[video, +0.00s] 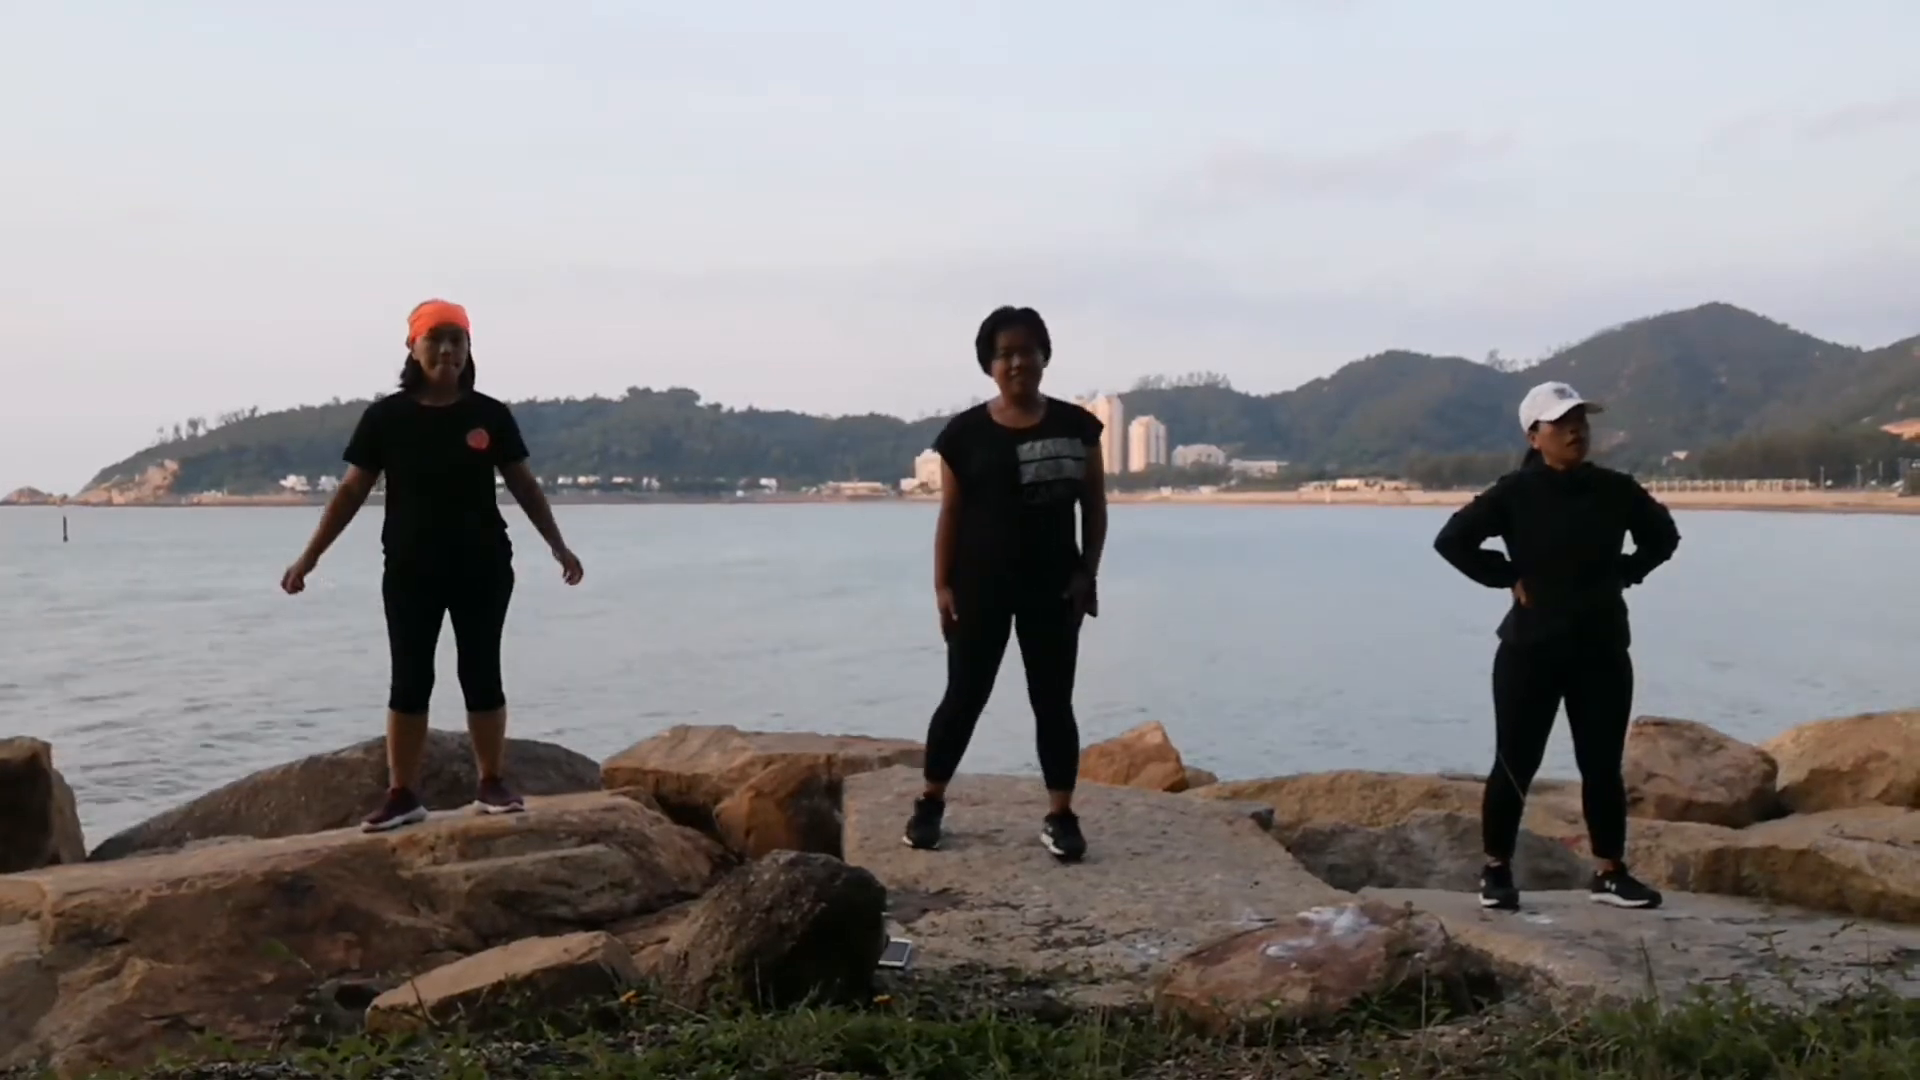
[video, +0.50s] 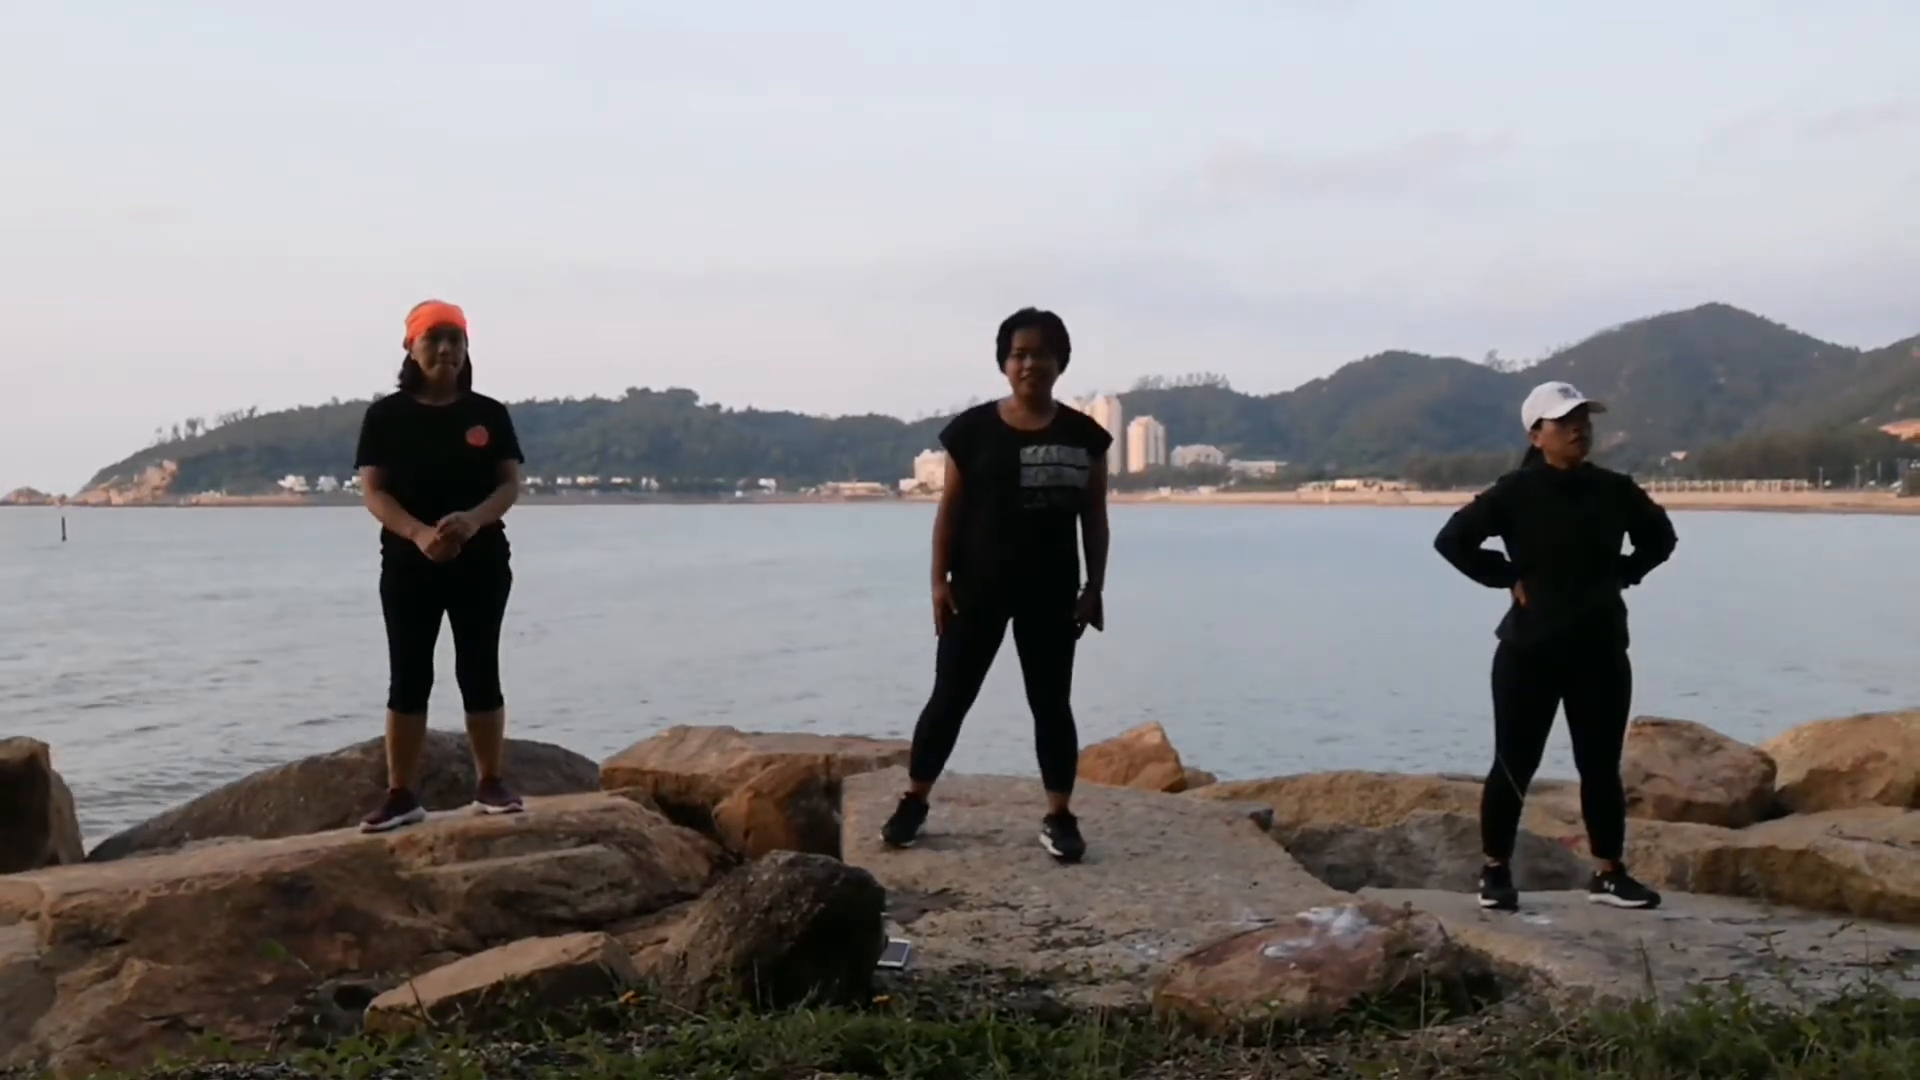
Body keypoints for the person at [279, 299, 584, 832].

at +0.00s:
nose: (446, 348)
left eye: (455, 339)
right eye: (434, 339)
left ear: (468, 349)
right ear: (414, 348)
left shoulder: (490, 417)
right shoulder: (385, 417)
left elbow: (522, 484)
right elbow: (351, 492)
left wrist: (557, 545)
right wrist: (307, 558)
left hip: (480, 569)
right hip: (411, 571)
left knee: (482, 677)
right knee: (409, 683)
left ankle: (491, 784)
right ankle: (402, 793)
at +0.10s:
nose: (447, 348)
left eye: (456, 339)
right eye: (436, 339)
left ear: (468, 349)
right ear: (414, 349)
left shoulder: (491, 417)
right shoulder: (387, 417)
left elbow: (517, 493)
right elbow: (362, 495)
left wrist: (539, 559)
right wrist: (333, 568)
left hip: (480, 570)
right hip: (410, 572)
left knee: (482, 677)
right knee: (406, 684)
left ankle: (491, 784)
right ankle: (402, 794)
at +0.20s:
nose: (447, 350)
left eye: (456, 340)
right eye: (436, 341)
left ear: (468, 349)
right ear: (414, 349)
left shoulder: (491, 418)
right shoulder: (384, 418)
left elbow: (511, 493)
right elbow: (371, 497)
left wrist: (509, 553)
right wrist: (373, 565)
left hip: (477, 570)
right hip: (409, 571)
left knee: (482, 676)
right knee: (403, 684)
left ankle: (492, 783)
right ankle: (401, 793)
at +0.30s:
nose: (447, 349)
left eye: (455, 339)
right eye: (435, 339)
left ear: (467, 347)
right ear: (413, 348)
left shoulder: (490, 414)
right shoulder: (384, 416)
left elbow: (509, 484)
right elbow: (373, 493)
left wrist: (482, 529)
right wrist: (410, 539)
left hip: (480, 562)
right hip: (409, 564)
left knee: (481, 674)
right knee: (408, 680)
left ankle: (491, 783)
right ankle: (401, 793)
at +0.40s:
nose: (446, 348)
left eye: (454, 338)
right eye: (434, 339)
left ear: (466, 347)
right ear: (412, 349)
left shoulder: (490, 413)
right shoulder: (385, 415)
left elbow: (510, 482)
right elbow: (373, 492)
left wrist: (471, 510)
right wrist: (422, 521)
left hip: (479, 562)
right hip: (410, 564)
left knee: (480, 673)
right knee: (409, 678)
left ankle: (491, 783)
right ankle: (400, 793)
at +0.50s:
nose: (446, 348)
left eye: (454, 338)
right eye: (434, 339)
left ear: (465, 347)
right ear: (412, 349)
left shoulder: (490, 414)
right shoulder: (384, 416)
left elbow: (511, 484)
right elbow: (372, 493)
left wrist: (475, 517)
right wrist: (416, 531)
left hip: (479, 563)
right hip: (409, 565)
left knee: (480, 675)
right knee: (408, 680)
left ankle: (491, 783)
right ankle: (400, 793)